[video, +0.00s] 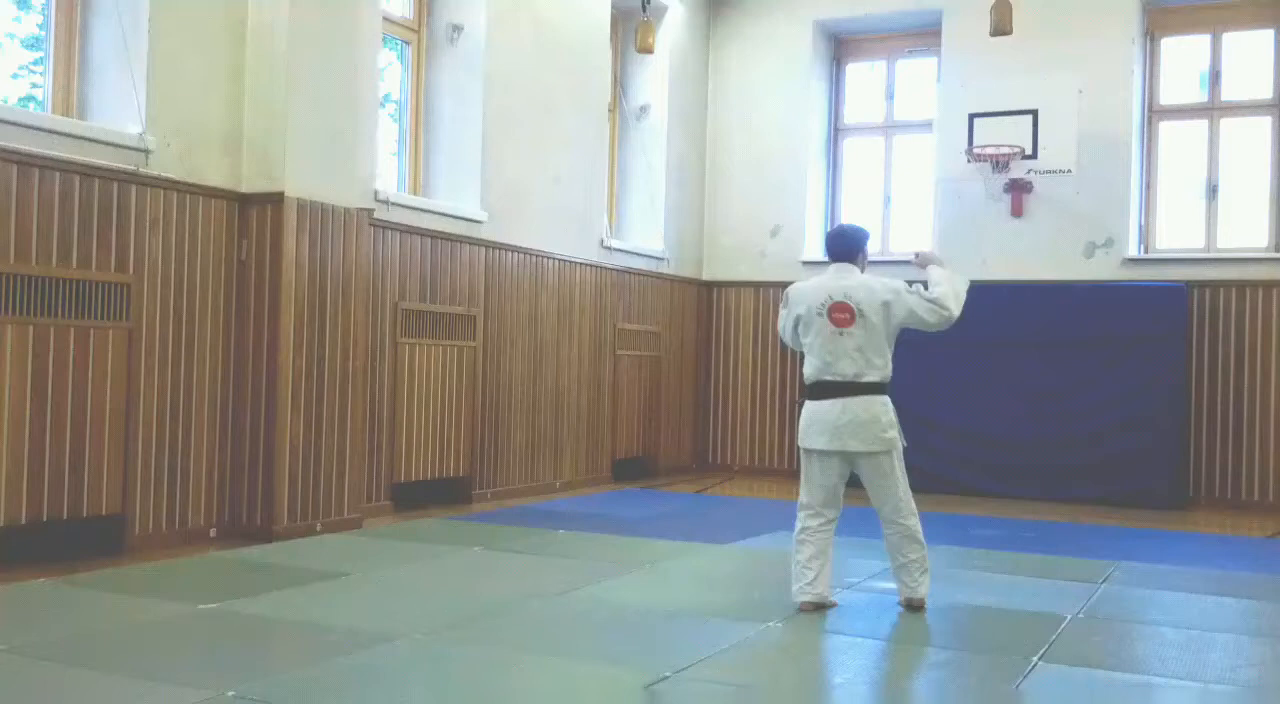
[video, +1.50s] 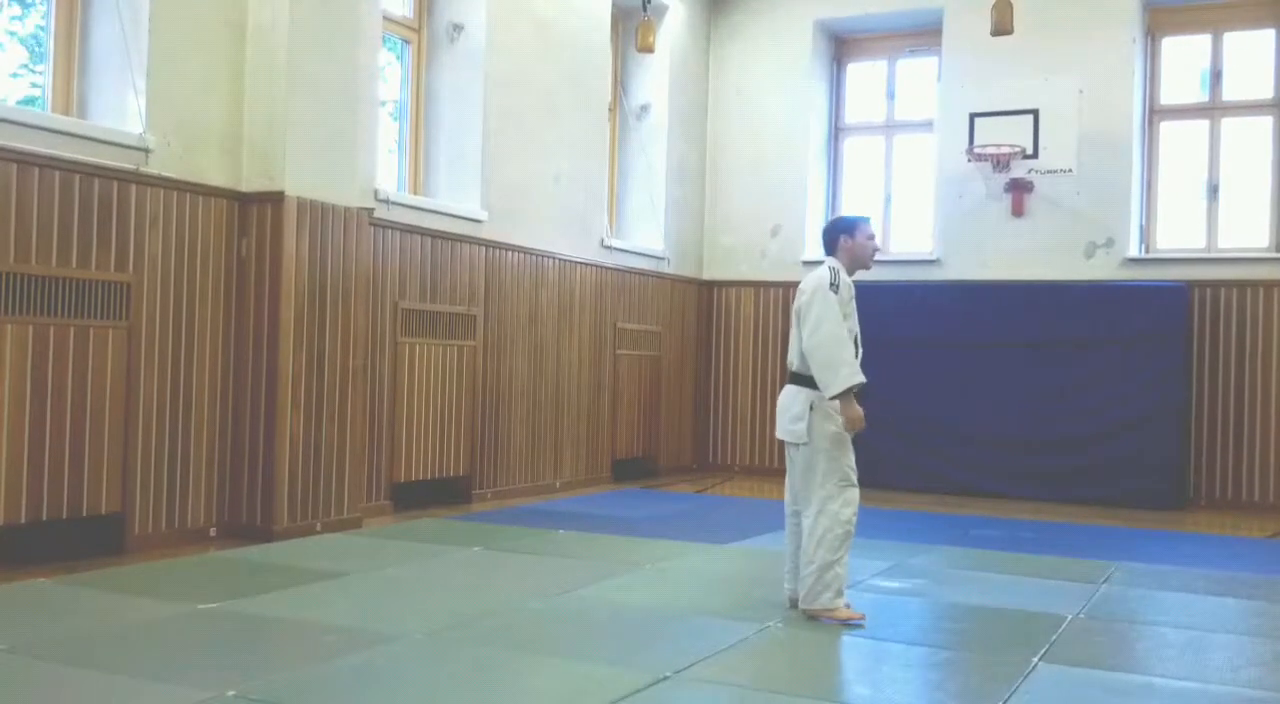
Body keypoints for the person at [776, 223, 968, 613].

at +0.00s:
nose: (866, 256)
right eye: (866, 251)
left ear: (828, 254)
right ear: (862, 255)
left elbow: (791, 338)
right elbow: (943, 310)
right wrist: (935, 268)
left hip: (820, 413)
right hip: (871, 412)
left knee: (815, 511)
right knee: (897, 509)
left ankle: (810, 594)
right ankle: (914, 592)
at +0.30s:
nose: (876, 252)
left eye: (875, 245)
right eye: (874, 245)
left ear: (834, 245)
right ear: (865, 247)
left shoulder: (806, 287)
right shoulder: (864, 283)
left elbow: (808, 349)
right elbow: (908, 307)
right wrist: (921, 264)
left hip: (815, 402)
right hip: (857, 404)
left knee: (817, 504)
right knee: (880, 501)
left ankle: (809, 591)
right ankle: (861, 591)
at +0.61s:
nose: (889, 254)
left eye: (888, 247)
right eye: (884, 246)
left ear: (860, 251)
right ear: (863, 251)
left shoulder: (855, 293)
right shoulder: (839, 289)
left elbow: (865, 351)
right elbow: (844, 339)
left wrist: (909, 360)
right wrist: (896, 313)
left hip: (846, 409)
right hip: (846, 412)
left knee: (846, 507)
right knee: (864, 512)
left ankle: (809, 589)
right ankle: (829, 603)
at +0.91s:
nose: (889, 240)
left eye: (887, 233)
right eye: (881, 234)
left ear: (862, 241)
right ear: (856, 241)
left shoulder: (860, 286)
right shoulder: (836, 284)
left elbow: (864, 350)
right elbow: (836, 348)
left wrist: (875, 405)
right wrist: (857, 408)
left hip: (855, 404)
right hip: (839, 406)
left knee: (843, 503)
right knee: (848, 506)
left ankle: (812, 583)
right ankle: (822, 599)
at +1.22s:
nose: (886, 241)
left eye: (884, 234)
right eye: (878, 235)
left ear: (855, 241)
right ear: (853, 241)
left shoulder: (843, 282)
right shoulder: (835, 281)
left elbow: (838, 342)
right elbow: (834, 342)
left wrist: (858, 395)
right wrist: (851, 401)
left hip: (826, 400)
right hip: (828, 402)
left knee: (817, 497)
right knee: (837, 500)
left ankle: (804, 588)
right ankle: (823, 599)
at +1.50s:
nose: (876, 245)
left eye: (874, 238)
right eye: (869, 238)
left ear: (844, 243)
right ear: (844, 242)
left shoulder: (830, 283)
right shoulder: (825, 283)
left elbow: (827, 342)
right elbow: (826, 342)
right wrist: (847, 397)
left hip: (809, 401)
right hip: (816, 403)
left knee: (806, 497)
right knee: (838, 497)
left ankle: (802, 588)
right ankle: (822, 597)